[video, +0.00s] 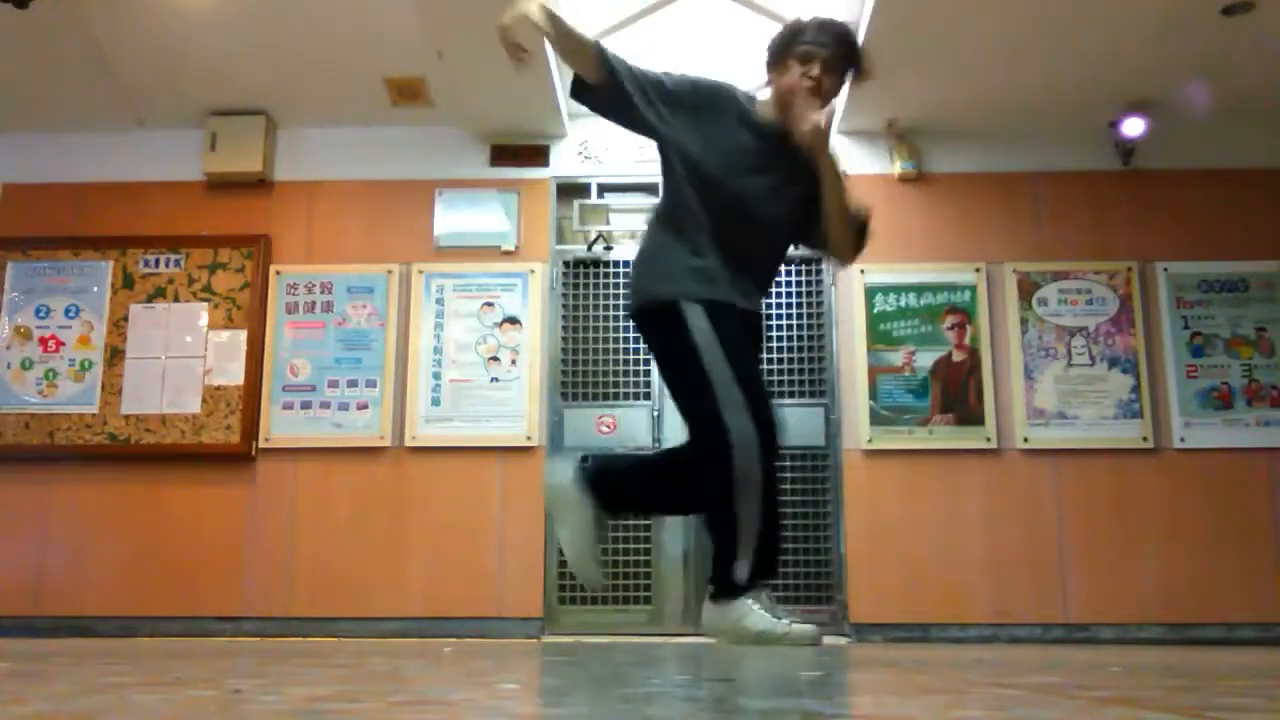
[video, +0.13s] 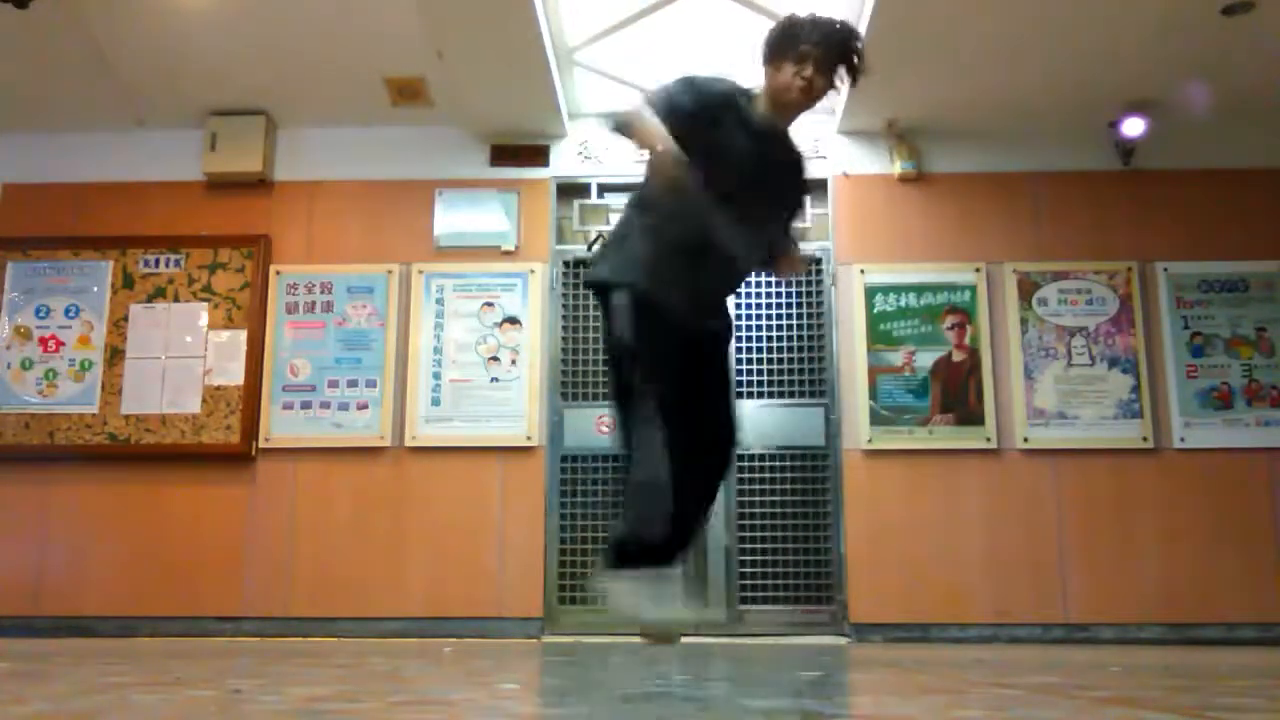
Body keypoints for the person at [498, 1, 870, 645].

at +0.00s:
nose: (818, 82)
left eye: (831, 76)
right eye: (809, 64)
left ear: (838, 91)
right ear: (776, 66)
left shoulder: (811, 166)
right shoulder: (713, 106)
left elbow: (845, 246)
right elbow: (613, 79)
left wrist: (823, 159)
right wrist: (546, 19)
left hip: (737, 308)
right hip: (678, 289)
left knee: (726, 464)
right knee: (743, 434)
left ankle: (588, 485)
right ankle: (732, 598)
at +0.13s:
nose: (807, 85)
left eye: (820, 79)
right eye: (801, 67)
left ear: (825, 90)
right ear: (773, 60)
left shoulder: (787, 168)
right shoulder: (712, 97)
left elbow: (775, 250)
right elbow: (632, 116)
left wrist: (797, 261)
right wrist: (663, 145)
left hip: (701, 303)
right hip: (640, 276)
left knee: (713, 440)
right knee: (650, 402)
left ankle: (655, 570)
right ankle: (632, 566)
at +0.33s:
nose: (766, 107)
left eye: (773, 98)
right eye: (753, 94)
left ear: (777, 111)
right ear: (723, 102)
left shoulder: (734, 179)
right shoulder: (693, 164)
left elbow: (713, 268)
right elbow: (727, 262)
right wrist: (791, 319)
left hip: (686, 356)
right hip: (632, 344)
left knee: (706, 482)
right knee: (580, 463)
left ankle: (630, 608)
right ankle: (440, 528)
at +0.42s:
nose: (748, 82)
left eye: (753, 74)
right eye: (736, 72)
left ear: (755, 85)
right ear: (707, 80)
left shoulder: (730, 157)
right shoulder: (679, 142)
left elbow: (716, 230)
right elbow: (701, 224)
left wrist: (750, 243)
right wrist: (753, 246)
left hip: (688, 337)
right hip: (631, 327)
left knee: (694, 464)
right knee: (598, 445)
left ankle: (632, 600)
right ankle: (492, 534)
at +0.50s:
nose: (726, 47)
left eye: (731, 37)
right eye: (714, 37)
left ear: (737, 45)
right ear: (687, 45)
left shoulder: (731, 123)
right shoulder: (661, 115)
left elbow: (723, 199)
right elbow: (680, 194)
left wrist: (765, 222)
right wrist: (755, 208)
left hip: (699, 314)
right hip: (639, 307)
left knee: (689, 447)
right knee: (613, 427)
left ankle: (657, 579)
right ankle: (575, 552)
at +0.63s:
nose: (692, 33)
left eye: (701, 22)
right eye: (677, 24)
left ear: (712, 31)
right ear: (653, 38)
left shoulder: (733, 110)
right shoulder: (636, 104)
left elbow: (743, 194)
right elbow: (662, 174)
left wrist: (768, 191)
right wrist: (746, 168)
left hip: (710, 302)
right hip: (644, 303)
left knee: (713, 439)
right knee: (653, 440)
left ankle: (703, 585)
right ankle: (662, 591)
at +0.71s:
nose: (681, 61)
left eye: (687, 49)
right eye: (666, 51)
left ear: (700, 56)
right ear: (641, 63)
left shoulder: (726, 132)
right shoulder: (621, 132)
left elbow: (786, 214)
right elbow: (642, 187)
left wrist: (780, 201)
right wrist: (723, 164)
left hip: (713, 325)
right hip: (640, 332)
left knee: (745, 456)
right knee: (659, 470)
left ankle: (760, 578)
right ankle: (679, 598)